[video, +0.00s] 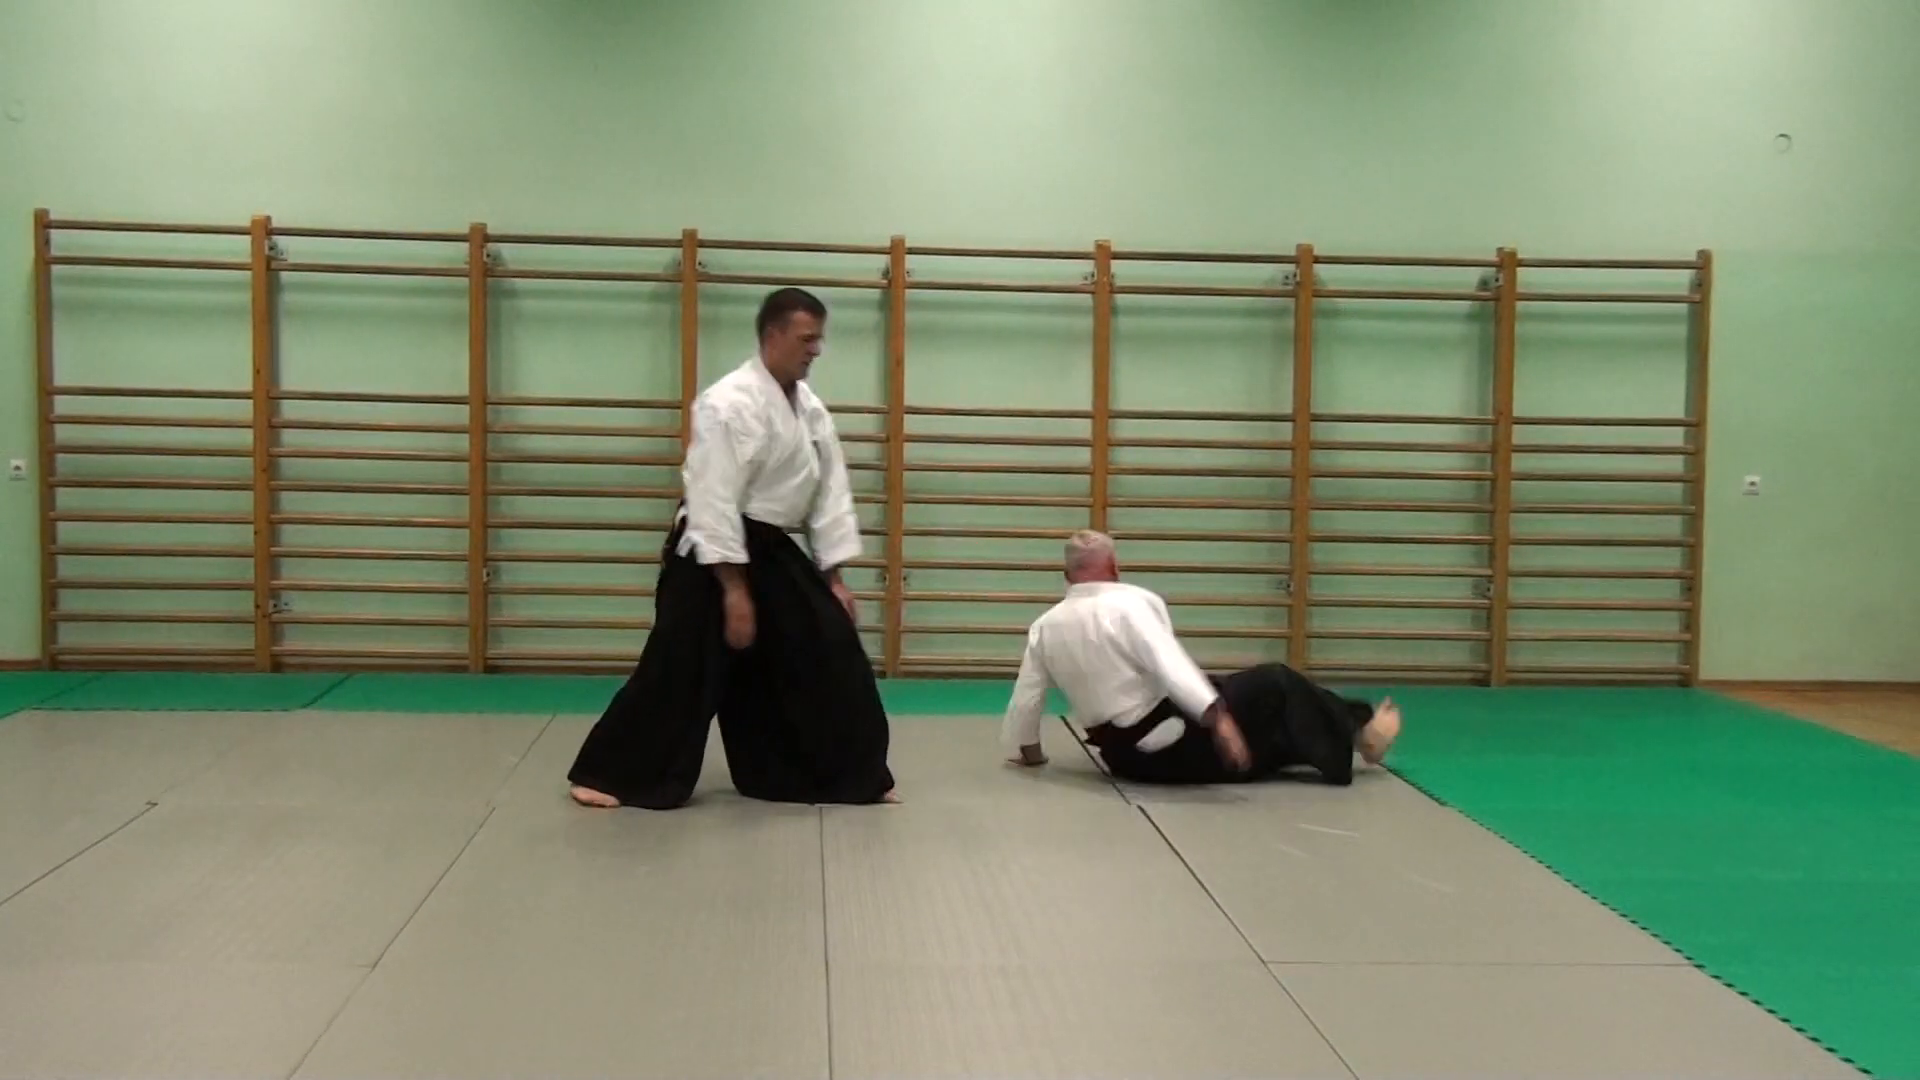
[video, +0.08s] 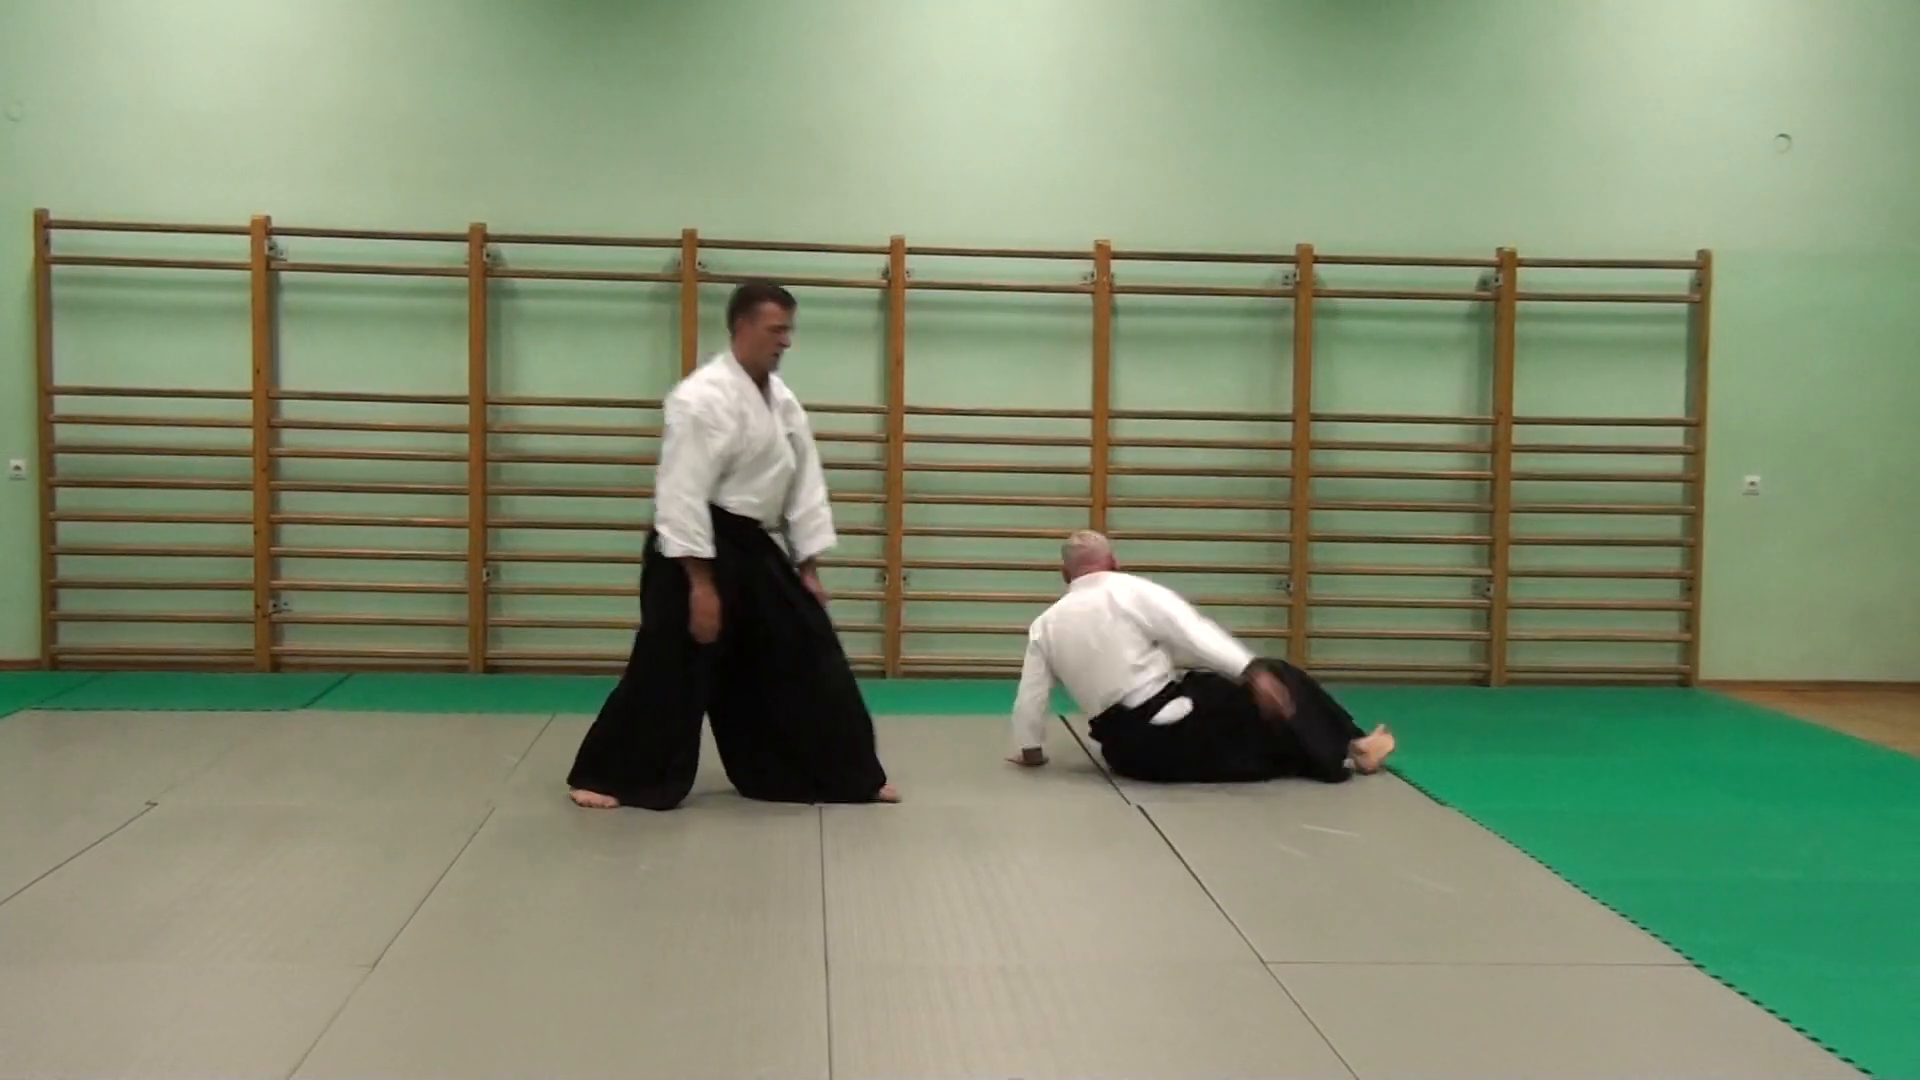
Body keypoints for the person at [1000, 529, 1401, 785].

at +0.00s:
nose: (1119, 569)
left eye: (1114, 564)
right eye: (1116, 563)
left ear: (1067, 574)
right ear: (1110, 567)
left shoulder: (1044, 628)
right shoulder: (1130, 603)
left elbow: (1024, 703)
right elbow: (1168, 664)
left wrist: (1026, 752)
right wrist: (1219, 717)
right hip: (1169, 739)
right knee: (1272, 681)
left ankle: (1354, 730)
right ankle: (1359, 733)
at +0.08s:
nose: (1115, 567)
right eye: (1114, 560)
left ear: (1065, 575)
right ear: (1111, 562)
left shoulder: (1045, 625)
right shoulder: (1125, 588)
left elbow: (1028, 702)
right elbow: (1187, 629)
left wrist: (1030, 752)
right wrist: (1251, 671)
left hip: (1124, 749)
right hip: (1175, 712)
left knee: (1256, 748)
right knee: (1274, 677)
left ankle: (1334, 757)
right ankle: (1355, 745)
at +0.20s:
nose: (1079, 546)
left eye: (1076, 547)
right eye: (1077, 546)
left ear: (1060, 578)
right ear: (1100, 561)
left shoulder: (1050, 621)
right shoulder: (1138, 577)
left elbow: (1035, 696)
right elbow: (1212, 588)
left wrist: (1033, 752)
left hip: (1135, 736)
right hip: (1184, 693)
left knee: (1261, 746)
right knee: (1275, 672)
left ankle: (1333, 755)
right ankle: (1356, 748)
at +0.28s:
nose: (1047, 589)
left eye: (1045, 581)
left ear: (1050, 578)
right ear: (1088, 556)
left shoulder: (1055, 617)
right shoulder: (1136, 571)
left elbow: (1041, 691)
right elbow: (1212, 579)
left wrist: (1034, 753)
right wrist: (1257, 605)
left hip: (1147, 715)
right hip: (1190, 672)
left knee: (1236, 748)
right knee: (1279, 678)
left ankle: (1323, 751)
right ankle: (1350, 743)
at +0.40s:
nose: (1028, 588)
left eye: (1026, 579)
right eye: (1026, 579)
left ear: (1036, 570)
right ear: (1062, 548)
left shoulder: (1057, 603)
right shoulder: (1116, 551)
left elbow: (1044, 676)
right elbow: (1183, 563)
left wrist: (1034, 750)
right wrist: (1213, 608)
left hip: (1180, 659)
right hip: (1220, 623)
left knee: (1174, 738)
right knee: (1284, 686)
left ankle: (1266, 752)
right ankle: (1346, 734)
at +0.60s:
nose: (1032, 568)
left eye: (1028, 560)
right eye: (1027, 562)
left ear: (1042, 545)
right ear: (1060, 528)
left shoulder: (1074, 575)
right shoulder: (1116, 524)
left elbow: (1058, 658)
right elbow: (1176, 526)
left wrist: (1041, 740)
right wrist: (1203, 580)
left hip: (1198, 631)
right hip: (1227, 596)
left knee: (1175, 735)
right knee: (1257, 677)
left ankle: (1269, 729)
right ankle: (1298, 710)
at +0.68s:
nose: (1031, 551)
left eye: (1029, 543)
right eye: (1028, 544)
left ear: (1049, 536)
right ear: (1065, 522)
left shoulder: (1079, 571)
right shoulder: (1120, 514)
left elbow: (1063, 651)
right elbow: (1180, 514)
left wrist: (1043, 729)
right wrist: (1197, 573)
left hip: (1201, 633)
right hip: (1224, 590)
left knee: (1175, 734)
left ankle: (1279, 741)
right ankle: (1275, 707)